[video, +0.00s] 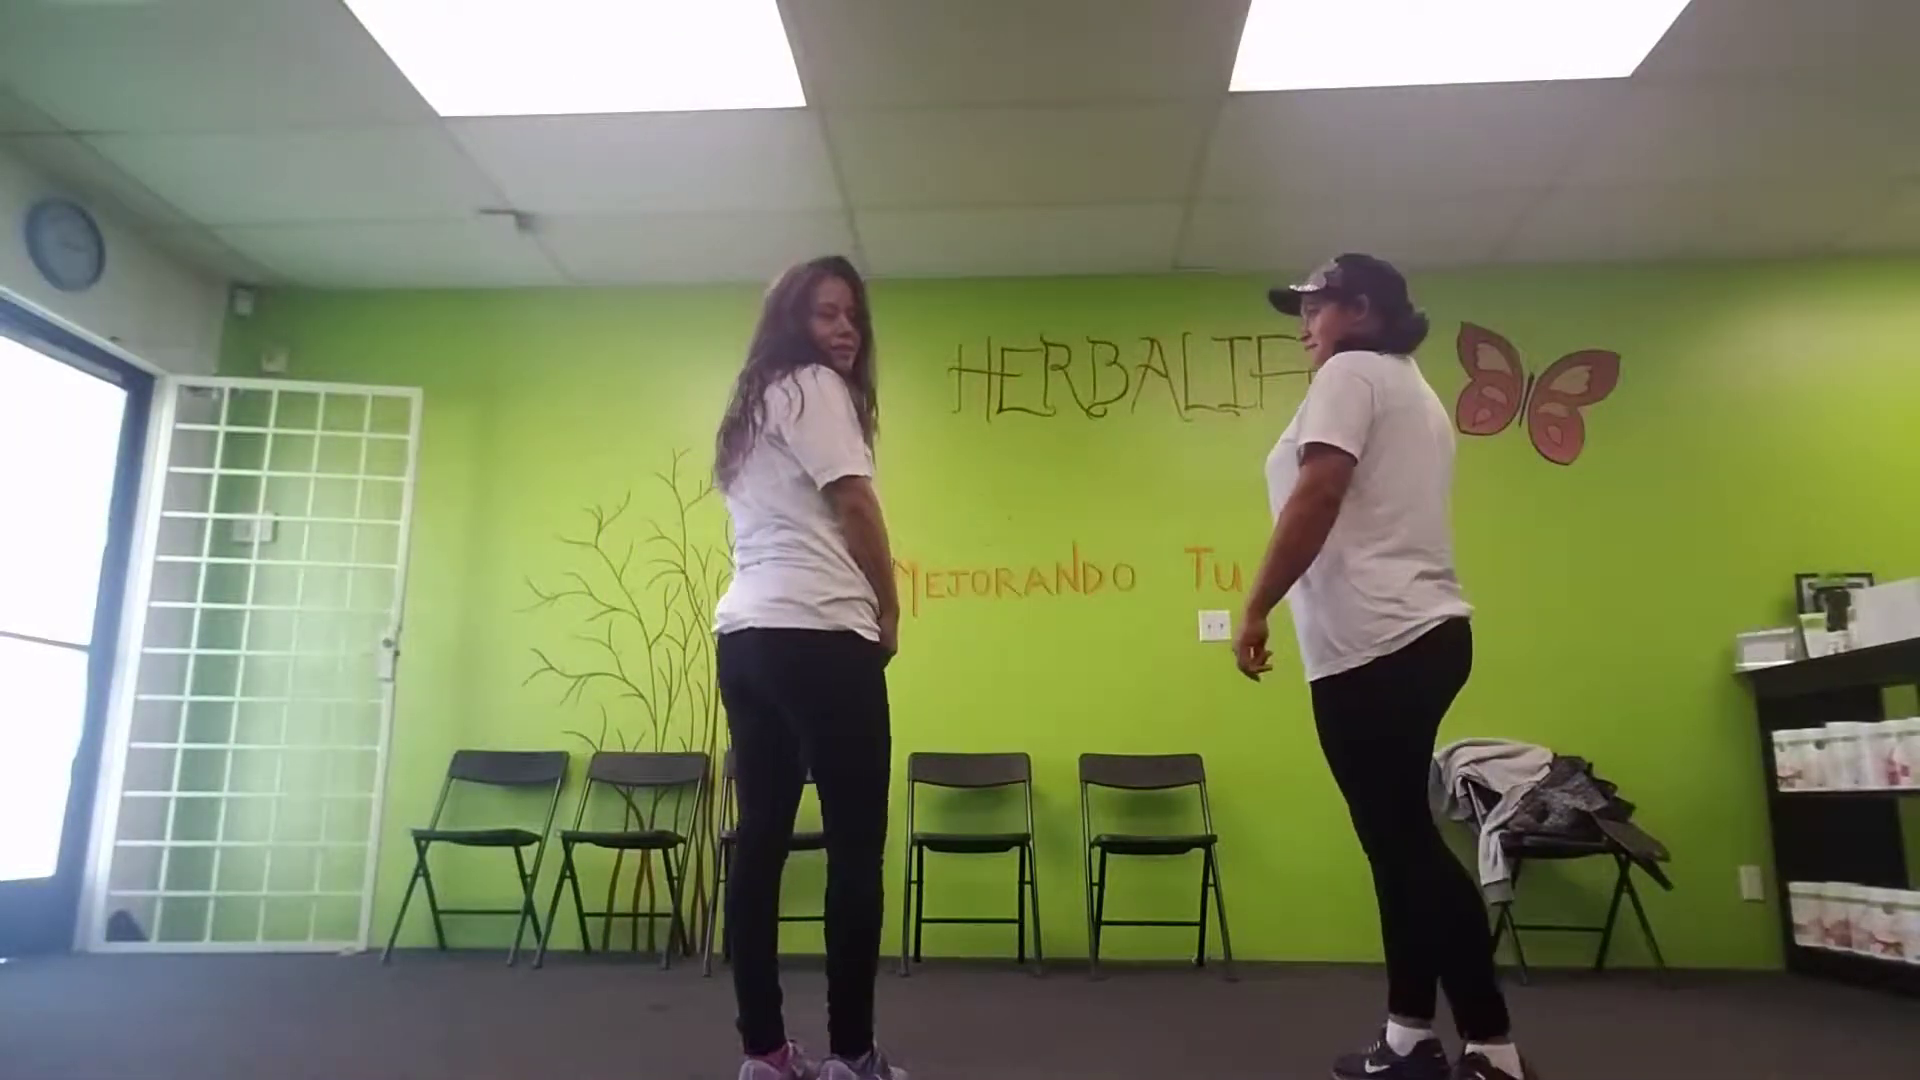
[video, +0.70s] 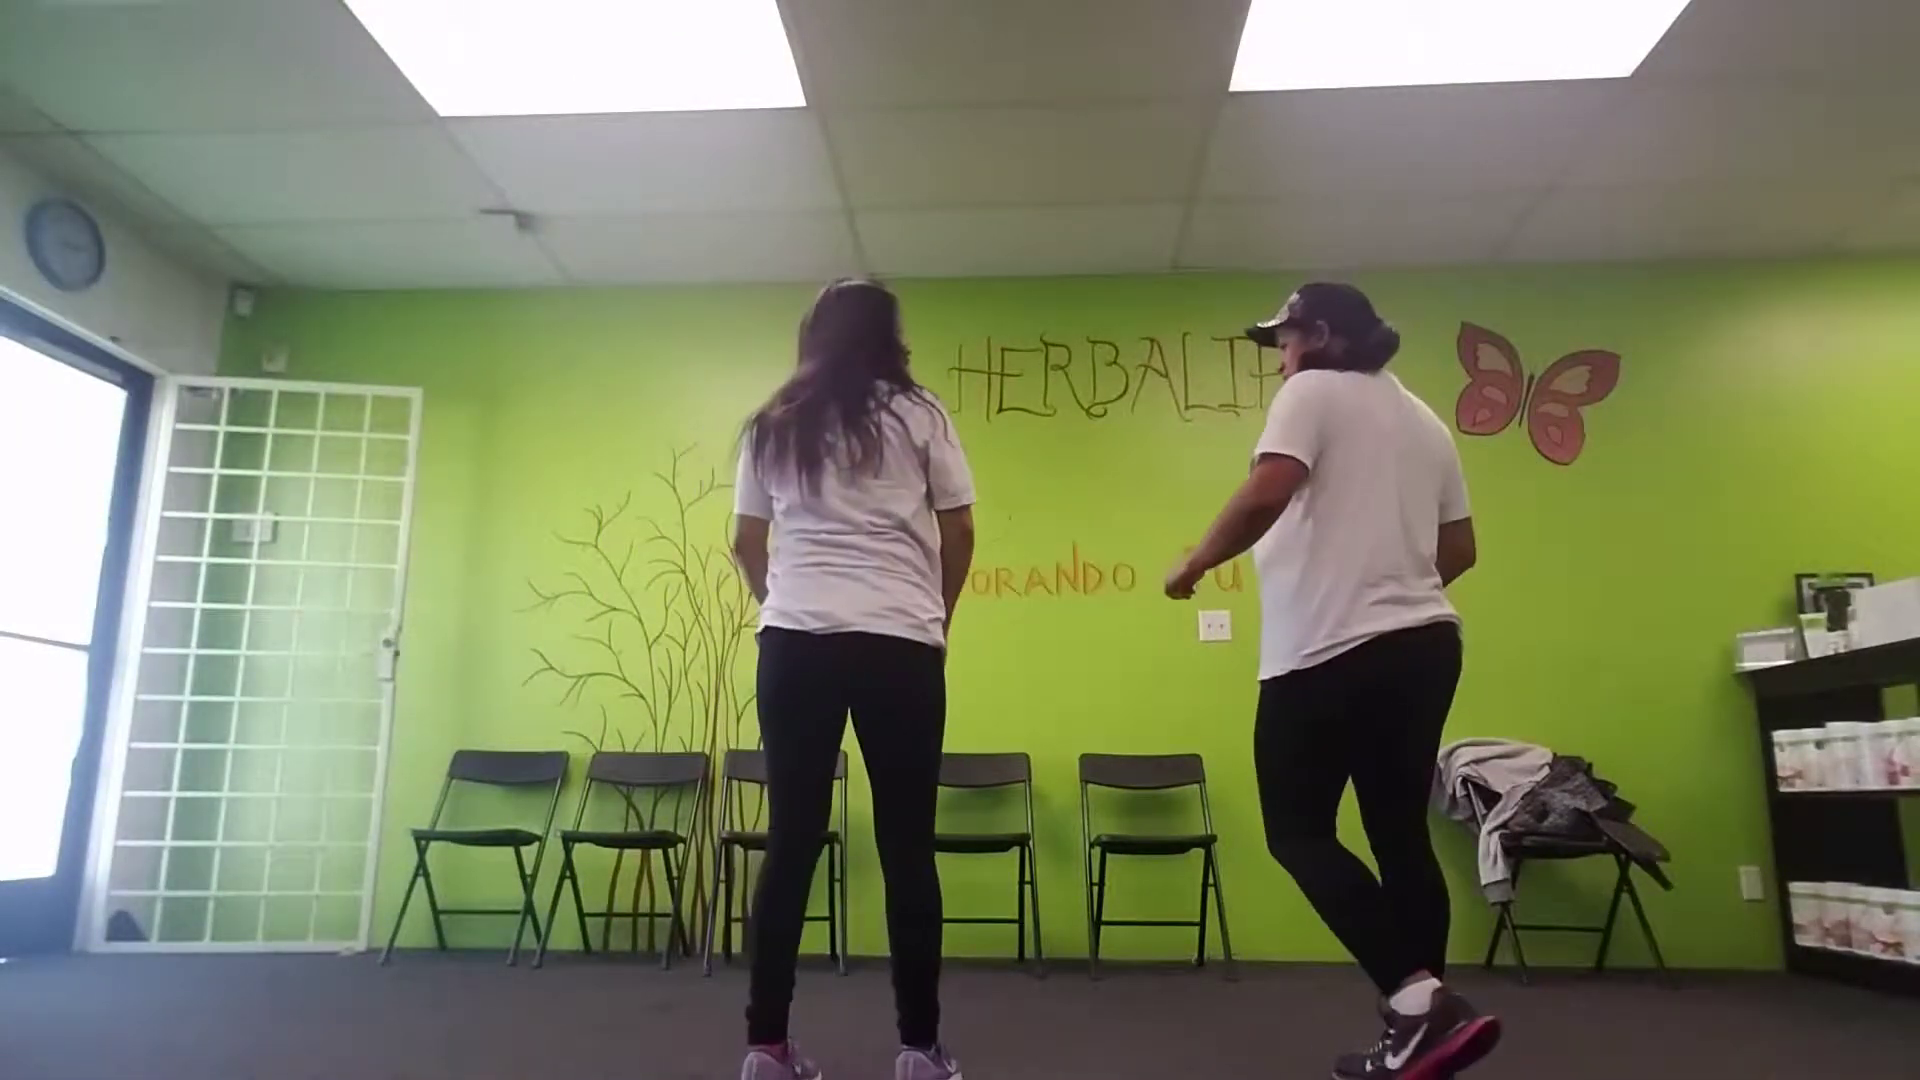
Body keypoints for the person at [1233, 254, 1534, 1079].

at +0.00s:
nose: (1303, 324)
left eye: (1316, 308)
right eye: (1305, 309)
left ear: (1362, 312)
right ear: (1374, 320)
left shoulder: (1349, 374)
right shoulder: (1412, 389)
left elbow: (1319, 496)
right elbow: (1399, 516)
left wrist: (1256, 606)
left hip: (1373, 647)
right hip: (1419, 637)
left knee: (1403, 842)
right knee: (1396, 839)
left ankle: (1492, 1052)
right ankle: (1410, 1040)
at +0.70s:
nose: (1279, 354)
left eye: (1286, 339)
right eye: (1279, 340)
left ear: (1325, 336)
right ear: (1360, 341)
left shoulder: (1308, 391)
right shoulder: (1426, 420)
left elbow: (1270, 490)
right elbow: (1458, 549)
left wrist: (1194, 563)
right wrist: (1376, 585)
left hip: (1326, 651)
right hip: (1424, 644)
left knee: (1299, 834)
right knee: (1401, 830)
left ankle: (1420, 999)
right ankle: (1416, 1032)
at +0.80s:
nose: (1276, 351)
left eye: (1284, 337)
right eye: (1277, 337)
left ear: (1319, 336)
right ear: (1359, 340)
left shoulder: (1295, 395)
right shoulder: (1424, 417)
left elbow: (1244, 492)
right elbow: (1455, 545)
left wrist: (1189, 551)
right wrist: (1375, 566)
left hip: (1316, 651)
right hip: (1422, 645)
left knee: (1293, 832)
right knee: (1402, 832)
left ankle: (1358, 1014)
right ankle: (1419, 1033)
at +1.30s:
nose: (1215, 334)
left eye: (1221, 320)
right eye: (1217, 320)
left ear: (1243, 323)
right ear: (1303, 322)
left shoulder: (1198, 396)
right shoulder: (1361, 400)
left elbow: (1166, 513)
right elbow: (1367, 508)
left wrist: (1249, 479)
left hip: (1236, 649)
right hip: (1359, 640)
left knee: (1233, 847)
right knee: (1369, 833)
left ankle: (1235, 1050)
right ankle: (1411, 1039)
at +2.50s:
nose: (1224, 458)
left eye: (1229, 443)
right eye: (1225, 443)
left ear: (1259, 440)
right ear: (1305, 443)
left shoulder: (1219, 514)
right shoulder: (1373, 510)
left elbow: (1187, 618)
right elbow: (1375, 595)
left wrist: (1266, 583)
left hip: (1274, 716)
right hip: (1409, 709)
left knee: (1200, 863)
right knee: (1399, 862)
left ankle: (1231, 1049)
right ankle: (1424, 1043)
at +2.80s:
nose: (1215, 579)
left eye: (1219, 566)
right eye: (1215, 566)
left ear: (1249, 565)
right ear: (1299, 566)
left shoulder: (1212, 634)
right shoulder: (1360, 626)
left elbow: (1181, 740)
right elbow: (1376, 715)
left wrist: (1239, 675)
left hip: (1272, 844)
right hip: (1421, 835)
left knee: (1174, 873)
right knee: (1392, 879)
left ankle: (1231, 1046)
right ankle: (1420, 1040)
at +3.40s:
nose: (1215, 484)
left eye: (1218, 470)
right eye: (1216, 470)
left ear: (1242, 472)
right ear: (1297, 471)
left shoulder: (1206, 540)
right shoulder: (1354, 536)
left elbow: (1174, 646)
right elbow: (1363, 615)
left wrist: (1249, 598)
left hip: (1261, 735)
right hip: (1394, 725)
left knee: (1186, 869)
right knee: (1393, 870)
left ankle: (1231, 1044)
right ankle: (1420, 1038)